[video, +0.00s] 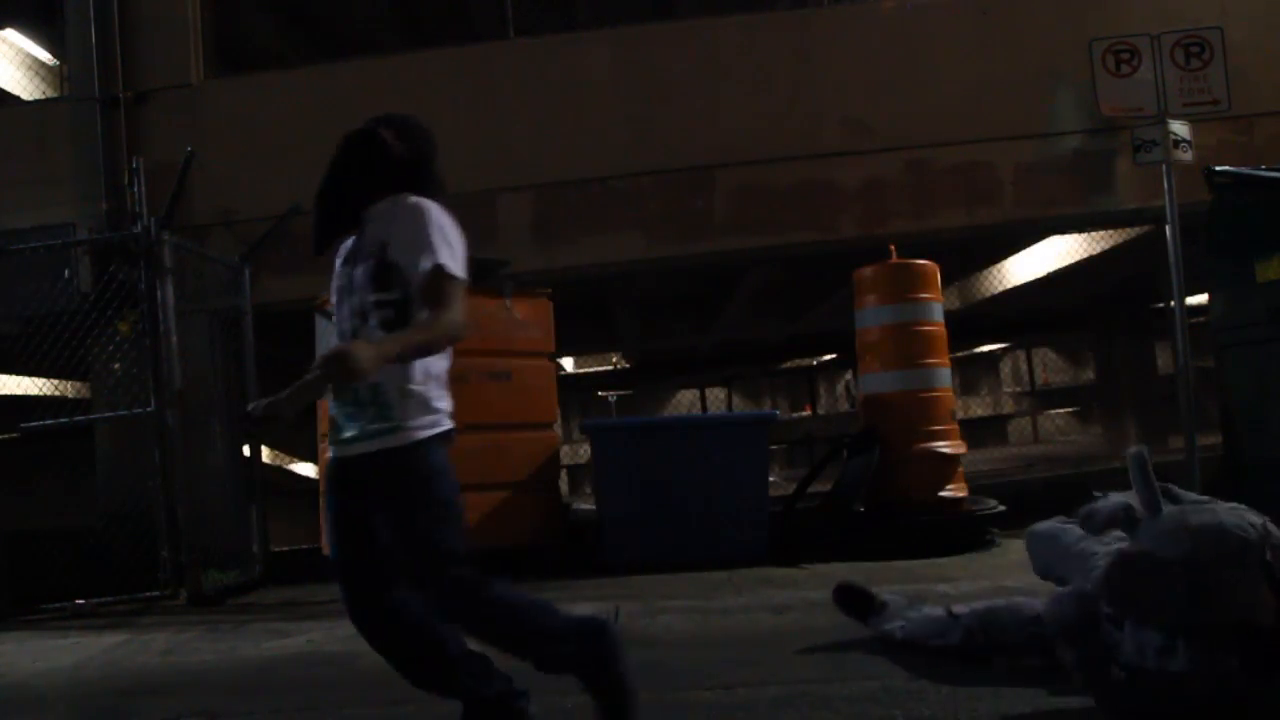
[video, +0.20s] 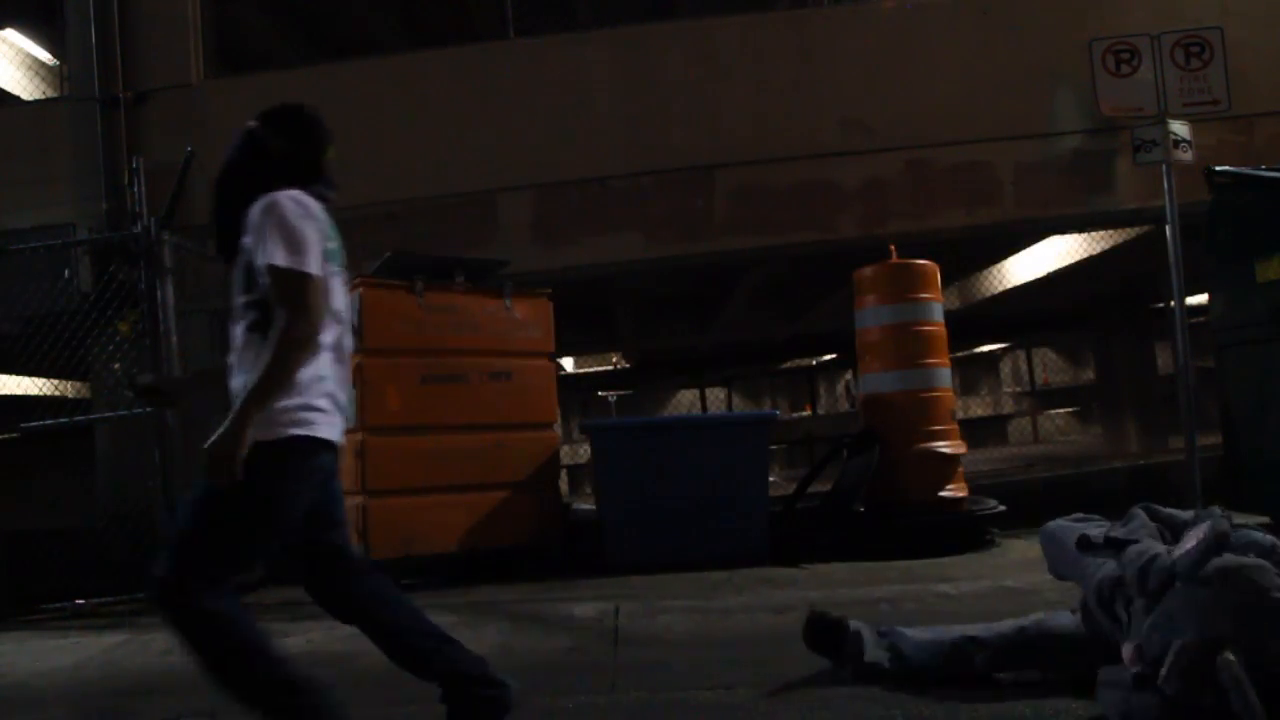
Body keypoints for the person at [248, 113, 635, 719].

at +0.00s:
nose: (338, 171)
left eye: (352, 156)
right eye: (345, 157)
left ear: (382, 159)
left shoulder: (418, 217)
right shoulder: (351, 248)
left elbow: (448, 318)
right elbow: (348, 352)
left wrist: (379, 351)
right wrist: (288, 401)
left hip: (411, 447)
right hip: (356, 454)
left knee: (440, 584)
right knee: (374, 604)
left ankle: (585, 647)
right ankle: (487, 698)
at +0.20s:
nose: (235, 159)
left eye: (246, 145)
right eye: (241, 144)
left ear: (265, 153)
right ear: (308, 159)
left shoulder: (281, 209)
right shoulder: (309, 217)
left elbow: (303, 326)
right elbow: (320, 340)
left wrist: (238, 422)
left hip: (285, 435)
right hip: (306, 435)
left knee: (189, 584)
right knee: (336, 579)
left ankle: (298, 707)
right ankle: (472, 688)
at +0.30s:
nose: (171, 161)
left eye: (181, 148)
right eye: (178, 147)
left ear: (198, 158)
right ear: (246, 165)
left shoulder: (199, 217)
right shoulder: (258, 234)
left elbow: (227, 330)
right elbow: (259, 346)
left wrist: (183, 437)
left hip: (192, 453)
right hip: (242, 456)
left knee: (104, 604)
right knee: (295, 584)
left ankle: (155, 717)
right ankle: (436, 682)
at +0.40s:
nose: (104, 165)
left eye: (113, 155)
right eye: (111, 154)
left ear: (124, 166)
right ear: (181, 173)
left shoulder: (118, 229)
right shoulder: (202, 253)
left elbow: (127, 345)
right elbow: (190, 369)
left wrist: (80, 454)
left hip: (119, 478)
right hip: (180, 478)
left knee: (65, 624)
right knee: (204, 605)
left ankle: (143, 718)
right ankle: (359, 677)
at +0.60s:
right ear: (37, 171)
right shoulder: (76, 256)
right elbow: (101, 362)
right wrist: (127, 441)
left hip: (16, 458)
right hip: (64, 462)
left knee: (27, 630)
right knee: (30, 625)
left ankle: (137, 714)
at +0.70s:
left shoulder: (10, 267)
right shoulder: (11, 267)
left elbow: (50, 355)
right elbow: (50, 356)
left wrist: (96, 429)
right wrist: (97, 429)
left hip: (3, 462)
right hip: (5, 463)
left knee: (12, 616)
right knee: (13, 615)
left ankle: (100, 703)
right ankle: (102, 702)